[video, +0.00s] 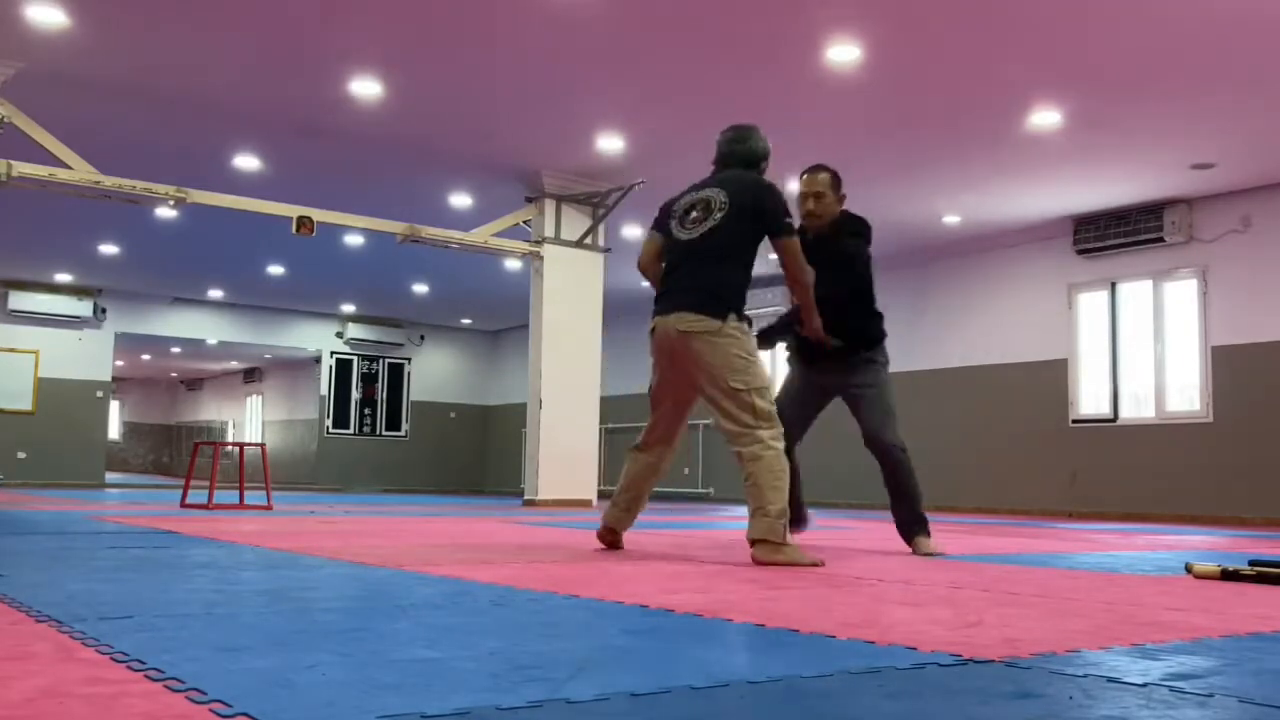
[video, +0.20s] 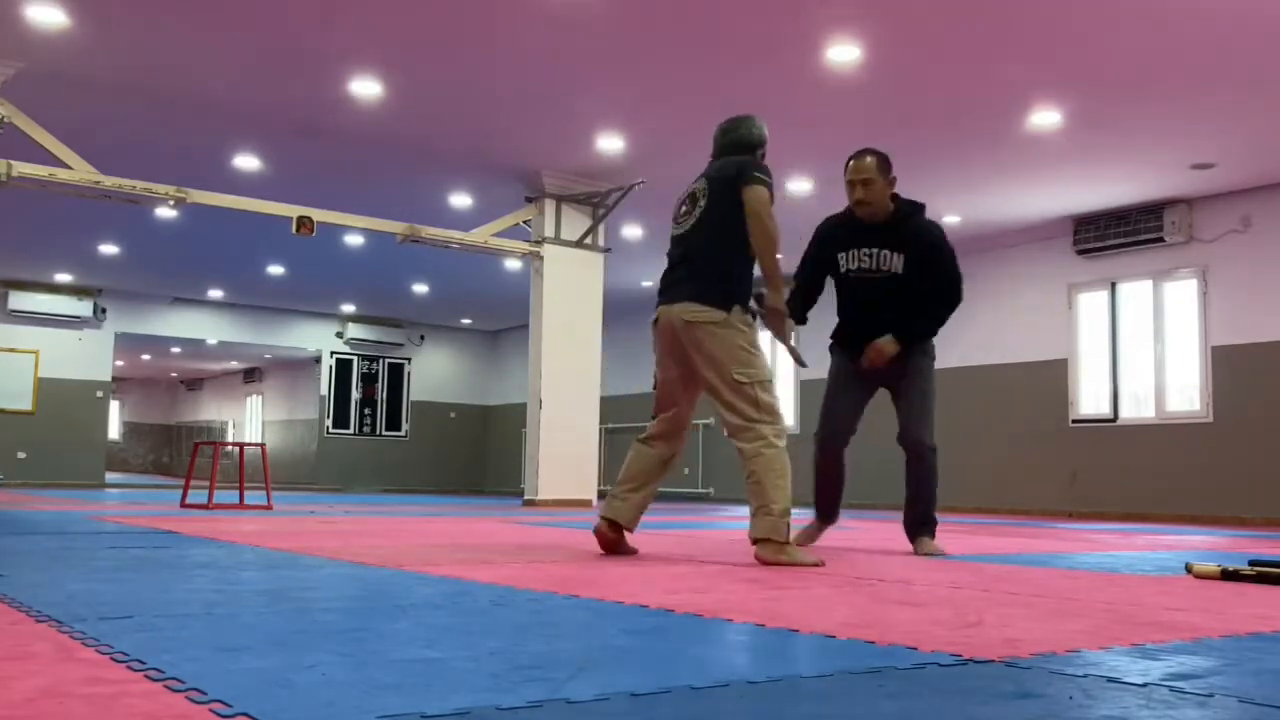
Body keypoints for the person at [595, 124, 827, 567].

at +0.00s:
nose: (768, 170)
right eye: (768, 164)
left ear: (718, 159)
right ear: (762, 163)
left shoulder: (680, 200)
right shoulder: (761, 192)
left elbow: (647, 263)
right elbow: (797, 271)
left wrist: (680, 295)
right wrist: (810, 318)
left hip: (666, 325)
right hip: (715, 325)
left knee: (660, 429)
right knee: (760, 431)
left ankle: (614, 523)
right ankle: (770, 540)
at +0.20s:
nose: (767, 155)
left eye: (764, 148)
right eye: (766, 148)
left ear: (718, 148)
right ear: (760, 148)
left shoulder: (697, 186)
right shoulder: (751, 169)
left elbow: (707, 261)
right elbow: (758, 213)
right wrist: (776, 289)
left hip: (669, 314)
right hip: (713, 314)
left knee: (666, 425)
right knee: (760, 426)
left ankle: (614, 519)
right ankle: (773, 539)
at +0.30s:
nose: (764, 194)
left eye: (767, 187)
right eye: (767, 184)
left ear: (732, 163)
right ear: (758, 174)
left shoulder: (722, 219)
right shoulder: (717, 176)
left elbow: (729, 297)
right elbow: (704, 179)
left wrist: (788, 308)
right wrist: (721, 253)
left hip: (642, 319)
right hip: (680, 320)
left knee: (656, 433)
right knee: (737, 421)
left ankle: (613, 524)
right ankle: (699, 523)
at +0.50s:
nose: (763, 238)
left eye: (766, 229)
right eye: (764, 227)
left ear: (739, 217)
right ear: (750, 218)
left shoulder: (711, 262)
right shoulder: (709, 220)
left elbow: (735, 331)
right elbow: (673, 207)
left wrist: (787, 365)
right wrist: (723, 257)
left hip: (637, 353)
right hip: (645, 352)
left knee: (665, 446)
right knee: (699, 439)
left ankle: (653, 537)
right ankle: (650, 540)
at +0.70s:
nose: (730, 221)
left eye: (732, 212)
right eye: (726, 210)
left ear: (704, 208)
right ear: (701, 205)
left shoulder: (690, 252)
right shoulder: (672, 230)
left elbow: (656, 313)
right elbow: (683, 280)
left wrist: (683, 353)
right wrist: (721, 327)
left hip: (659, 361)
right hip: (622, 355)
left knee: (706, 436)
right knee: (637, 433)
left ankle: (684, 528)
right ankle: (569, 520)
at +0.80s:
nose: (693, 207)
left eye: (695, 200)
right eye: (687, 198)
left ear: (677, 201)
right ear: (661, 196)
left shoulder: (663, 240)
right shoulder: (638, 229)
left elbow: (642, 299)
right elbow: (622, 285)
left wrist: (669, 328)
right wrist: (659, 339)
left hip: (652, 368)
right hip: (612, 368)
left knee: (703, 435)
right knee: (593, 457)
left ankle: (684, 529)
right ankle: (528, 512)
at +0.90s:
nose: (657, 202)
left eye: (660, 195)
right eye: (650, 193)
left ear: (656, 200)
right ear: (621, 194)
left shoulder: (647, 251)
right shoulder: (589, 233)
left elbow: (631, 313)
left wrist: (658, 306)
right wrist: (600, 338)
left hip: (635, 367)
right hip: (585, 368)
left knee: (688, 428)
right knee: (557, 456)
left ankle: (682, 523)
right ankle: (520, 532)